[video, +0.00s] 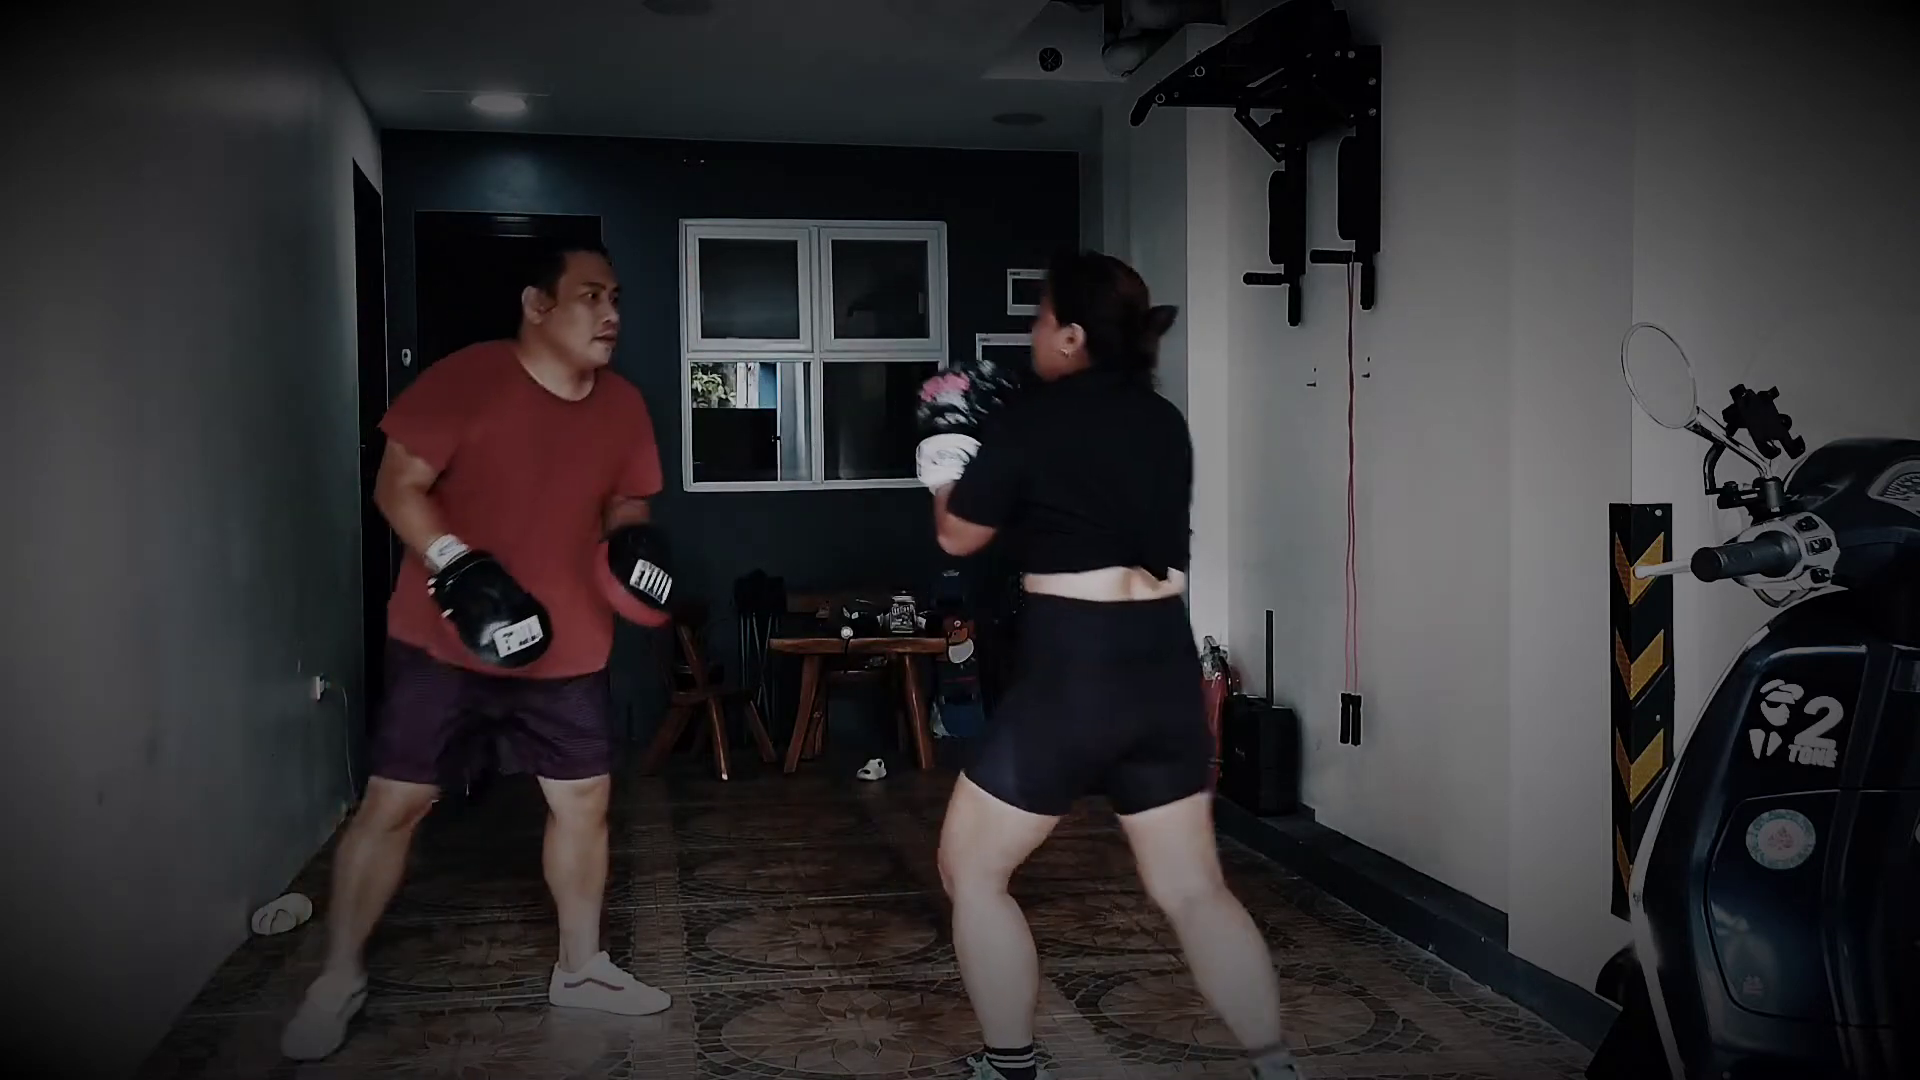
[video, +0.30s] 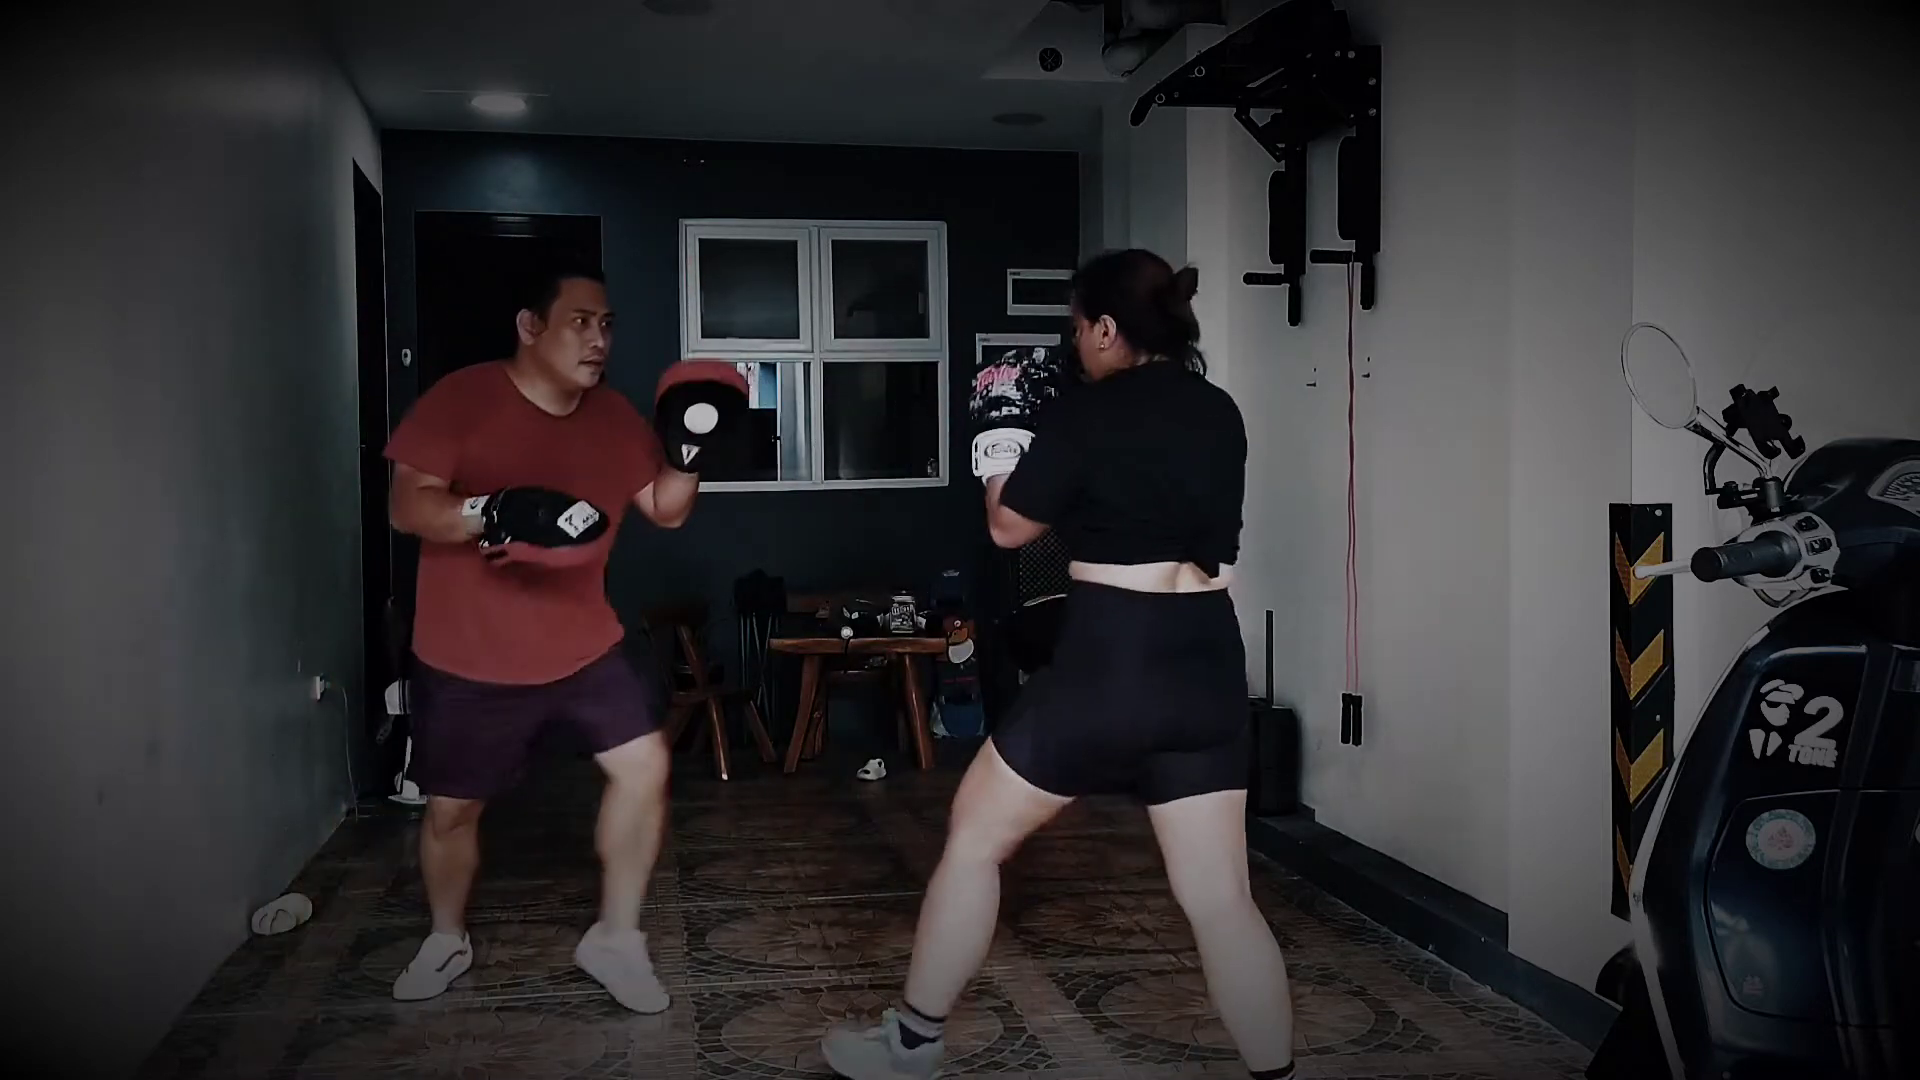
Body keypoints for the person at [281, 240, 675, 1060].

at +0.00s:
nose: (610, 312)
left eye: (614, 298)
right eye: (591, 296)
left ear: (613, 313)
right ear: (537, 307)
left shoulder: (621, 404)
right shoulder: (466, 381)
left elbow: (630, 503)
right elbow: (397, 487)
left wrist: (636, 548)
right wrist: (461, 571)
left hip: (568, 651)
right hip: (445, 645)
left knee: (583, 797)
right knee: (394, 803)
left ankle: (580, 969)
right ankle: (340, 973)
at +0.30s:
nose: (599, 338)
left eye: (604, 323)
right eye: (581, 323)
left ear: (608, 331)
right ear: (530, 328)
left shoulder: (615, 418)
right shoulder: (459, 401)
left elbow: (667, 509)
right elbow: (408, 509)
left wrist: (694, 442)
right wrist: (490, 514)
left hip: (582, 648)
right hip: (467, 655)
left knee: (643, 763)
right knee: (451, 811)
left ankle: (616, 935)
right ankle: (447, 939)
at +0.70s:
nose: (643, 357)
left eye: (653, 343)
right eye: (627, 341)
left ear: (661, 349)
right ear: (581, 342)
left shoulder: (666, 420)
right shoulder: (516, 413)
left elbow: (721, 504)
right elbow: (474, 521)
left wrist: (743, 434)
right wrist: (543, 515)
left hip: (644, 666)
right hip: (525, 668)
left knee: (695, 788)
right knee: (478, 815)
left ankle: (736, 939)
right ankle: (450, 936)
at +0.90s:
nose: (650, 366)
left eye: (660, 352)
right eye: (634, 349)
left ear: (668, 357)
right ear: (589, 350)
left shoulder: (672, 429)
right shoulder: (529, 420)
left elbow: (723, 516)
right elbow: (491, 528)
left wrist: (745, 455)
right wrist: (564, 519)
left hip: (652, 667)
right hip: (535, 671)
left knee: (711, 784)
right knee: (481, 817)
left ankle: (736, 938)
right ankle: (451, 939)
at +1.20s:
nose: (675, 352)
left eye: (686, 336)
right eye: (656, 337)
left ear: (698, 341)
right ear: (619, 342)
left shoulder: (724, 414)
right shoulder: (568, 409)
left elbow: (789, 482)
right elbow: (520, 504)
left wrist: (789, 415)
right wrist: (556, 513)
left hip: (690, 651)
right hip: (574, 650)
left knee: (731, 789)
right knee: (521, 783)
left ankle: (743, 948)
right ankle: (471, 933)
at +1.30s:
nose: (682, 346)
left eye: (695, 331)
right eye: (665, 330)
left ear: (708, 335)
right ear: (628, 331)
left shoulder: (731, 404)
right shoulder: (578, 398)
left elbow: (782, 457)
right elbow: (529, 492)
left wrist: (792, 385)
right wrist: (568, 501)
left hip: (697, 642)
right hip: (584, 641)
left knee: (726, 783)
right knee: (537, 777)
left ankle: (746, 941)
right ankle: (530, 898)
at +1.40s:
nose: (680, 351)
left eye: (694, 335)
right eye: (664, 335)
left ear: (710, 338)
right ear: (631, 334)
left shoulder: (737, 408)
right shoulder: (582, 400)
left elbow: (782, 477)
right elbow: (528, 492)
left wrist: (787, 406)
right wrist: (565, 494)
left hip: (702, 646)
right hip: (593, 646)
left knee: (722, 785)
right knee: (561, 778)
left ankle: (743, 938)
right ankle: (581, 865)